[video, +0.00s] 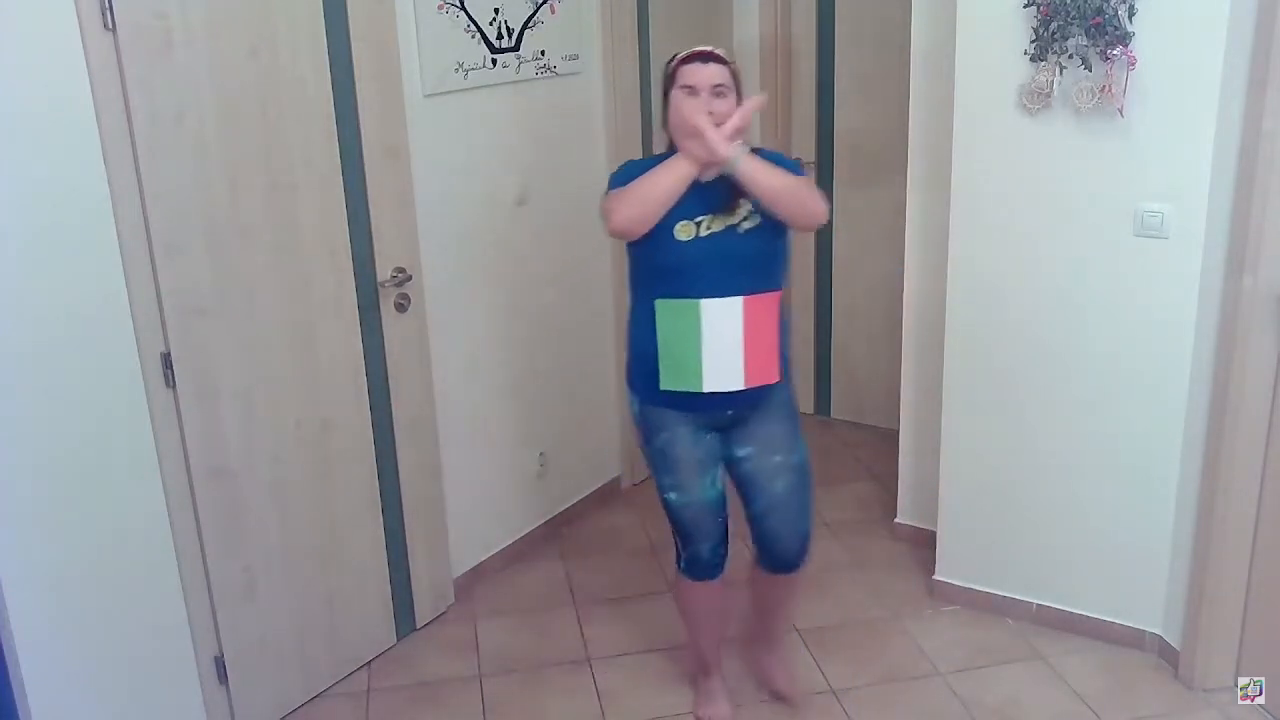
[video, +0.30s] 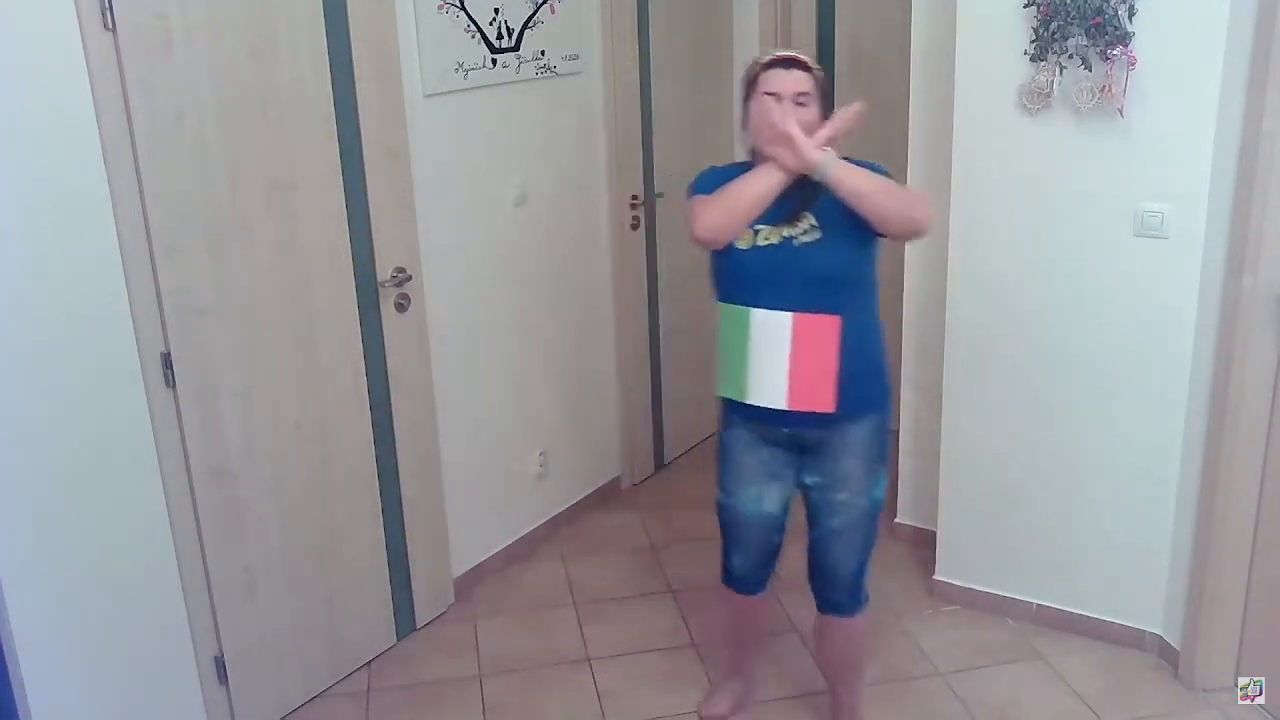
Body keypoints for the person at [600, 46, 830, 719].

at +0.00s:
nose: (707, 104)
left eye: (720, 93)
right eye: (690, 93)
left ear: (740, 106)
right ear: (667, 108)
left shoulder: (770, 166)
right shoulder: (641, 175)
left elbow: (812, 211)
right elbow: (623, 221)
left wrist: (729, 154)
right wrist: (701, 153)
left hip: (763, 393)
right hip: (672, 400)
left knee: (787, 541)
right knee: (703, 549)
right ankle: (710, 676)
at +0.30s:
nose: (786, 114)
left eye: (802, 102)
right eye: (771, 100)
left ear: (823, 117)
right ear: (744, 113)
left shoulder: (857, 179)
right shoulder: (720, 182)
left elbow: (915, 218)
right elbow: (709, 229)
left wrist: (814, 160)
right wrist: (796, 157)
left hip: (848, 418)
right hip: (752, 417)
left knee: (840, 584)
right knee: (743, 571)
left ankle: (846, 705)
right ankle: (739, 681)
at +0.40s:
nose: (824, 123)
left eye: (838, 110)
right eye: (808, 109)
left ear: (858, 124)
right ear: (781, 123)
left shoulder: (887, 192)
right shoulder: (755, 185)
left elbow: (957, 225)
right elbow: (746, 233)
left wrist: (859, 167)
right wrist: (834, 164)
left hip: (877, 425)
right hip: (784, 421)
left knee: (850, 599)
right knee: (774, 577)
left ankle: (842, 706)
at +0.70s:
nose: (902, 126)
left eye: (918, 113)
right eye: (886, 111)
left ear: (940, 129)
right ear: (860, 125)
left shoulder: (965, 203)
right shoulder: (827, 190)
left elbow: (1056, 233)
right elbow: (823, 240)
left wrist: (958, 183)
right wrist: (912, 180)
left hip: (954, 426)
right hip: (861, 425)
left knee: (904, 593)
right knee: (880, 575)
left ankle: (887, 707)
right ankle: (938, 655)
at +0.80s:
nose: (930, 105)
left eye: (946, 94)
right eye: (914, 92)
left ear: (967, 112)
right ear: (888, 108)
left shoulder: (996, 180)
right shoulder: (855, 176)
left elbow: (1101, 202)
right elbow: (833, 224)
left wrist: (1000, 178)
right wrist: (928, 167)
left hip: (979, 411)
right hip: (885, 411)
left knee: (953, 580)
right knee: (909, 568)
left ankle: (949, 698)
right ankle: (940, 676)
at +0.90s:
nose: (948, 99)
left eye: (966, 88)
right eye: (933, 85)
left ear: (987, 107)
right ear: (907, 102)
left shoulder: (1017, 166)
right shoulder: (873, 169)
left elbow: (1131, 192)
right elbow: (848, 219)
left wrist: (1024, 189)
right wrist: (949, 160)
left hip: (997, 404)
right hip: (901, 404)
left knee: (989, 572)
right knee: (924, 558)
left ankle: (997, 684)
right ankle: (938, 666)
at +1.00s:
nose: (980, 110)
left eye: (998, 97)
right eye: (965, 94)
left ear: (1019, 112)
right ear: (938, 105)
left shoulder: (1051, 173)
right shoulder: (900, 175)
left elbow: (1156, 228)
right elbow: (873, 244)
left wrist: (1092, 241)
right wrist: (981, 193)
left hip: (1029, 413)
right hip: (930, 412)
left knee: (1028, 575)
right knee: (941, 563)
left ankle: (1038, 680)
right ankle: (944, 669)